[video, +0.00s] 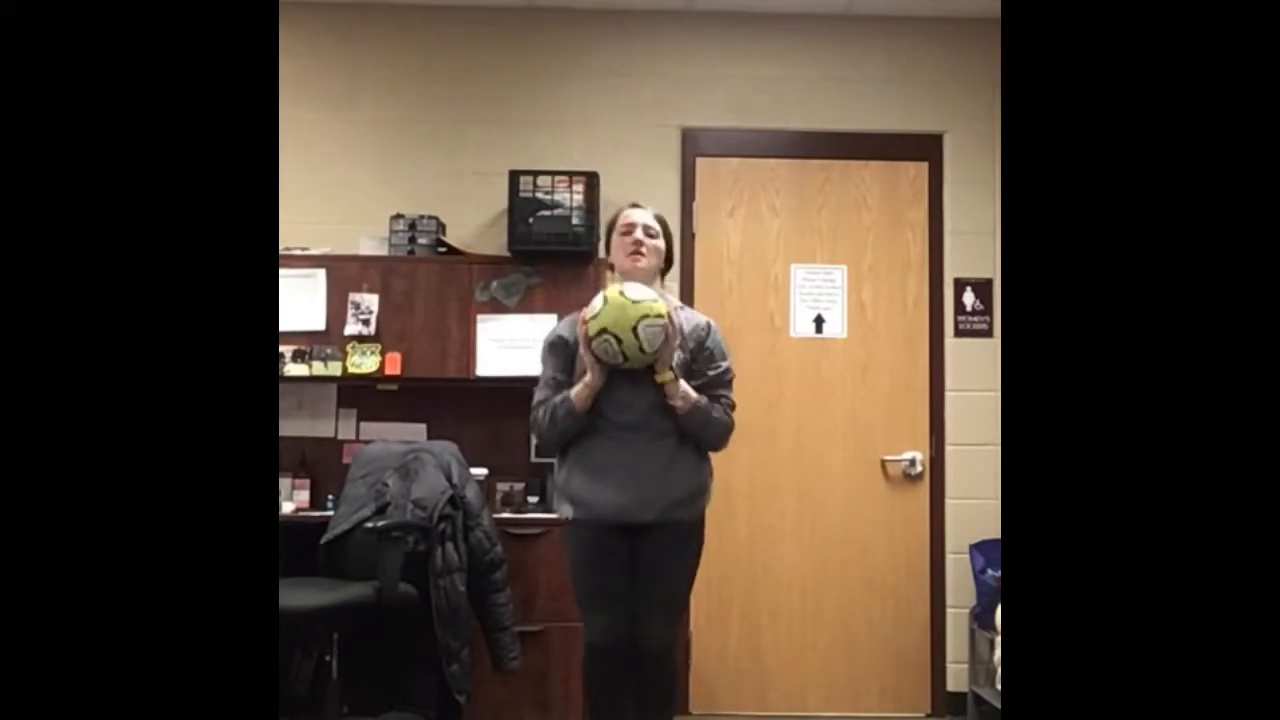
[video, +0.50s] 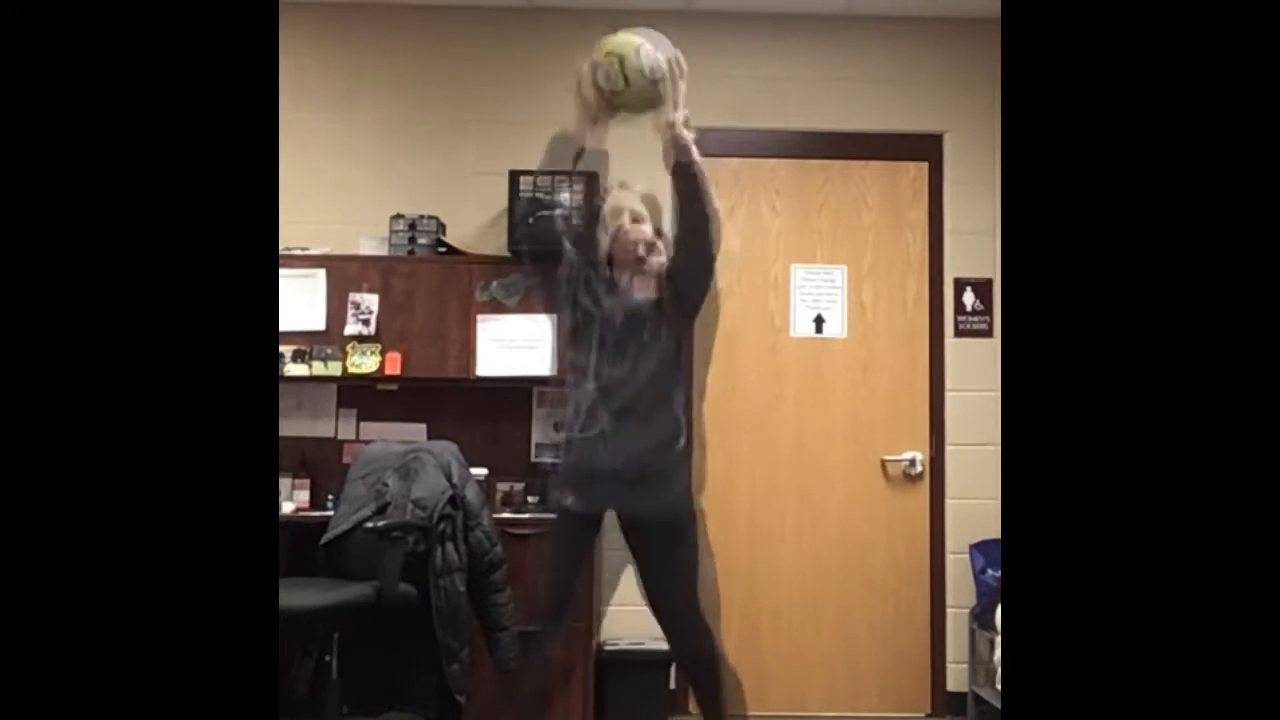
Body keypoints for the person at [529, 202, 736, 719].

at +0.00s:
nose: (639, 238)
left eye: (651, 232)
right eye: (627, 232)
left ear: (666, 254)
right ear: (608, 252)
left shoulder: (698, 331)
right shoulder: (570, 332)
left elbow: (719, 431)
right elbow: (544, 430)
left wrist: (669, 376)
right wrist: (590, 379)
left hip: (673, 517)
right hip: (595, 517)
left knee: (657, 646)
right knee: (605, 644)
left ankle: (656, 719)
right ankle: (607, 719)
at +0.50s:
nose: (628, 227)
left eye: (638, 217)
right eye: (616, 220)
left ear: (658, 232)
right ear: (598, 238)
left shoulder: (674, 298)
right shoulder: (582, 293)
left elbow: (698, 238)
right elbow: (545, 222)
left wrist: (678, 144)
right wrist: (584, 130)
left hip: (654, 474)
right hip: (582, 470)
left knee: (681, 622)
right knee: (550, 616)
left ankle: (721, 709)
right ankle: (521, 711)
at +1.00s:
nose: (633, 226)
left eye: (644, 219)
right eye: (621, 217)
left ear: (659, 238)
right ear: (601, 233)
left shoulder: (685, 314)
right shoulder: (562, 312)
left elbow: (694, 413)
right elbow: (541, 403)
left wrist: (656, 359)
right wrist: (580, 359)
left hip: (659, 492)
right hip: (580, 491)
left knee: (650, 626)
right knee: (584, 624)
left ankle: (647, 714)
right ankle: (594, 712)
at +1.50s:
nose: (632, 248)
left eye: (642, 241)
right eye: (619, 241)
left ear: (657, 261)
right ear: (596, 259)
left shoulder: (676, 314)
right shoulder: (578, 312)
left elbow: (690, 231)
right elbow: (570, 219)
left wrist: (676, 124)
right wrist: (588, 117)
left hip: (660, 506)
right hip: (579, 506)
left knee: (693, 647)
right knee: (549, 646)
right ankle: (504, 713)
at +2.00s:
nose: (640, 239)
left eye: (651, 233)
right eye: (627, 232)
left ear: (666, 254)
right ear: (608, 252)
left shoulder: (697, 330)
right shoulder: (571, 331)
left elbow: (719, 430)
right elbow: (544, 431)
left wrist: (669, 374)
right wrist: (590, 379)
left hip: (673, 515)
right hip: (593, 515)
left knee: (658, 645)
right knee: (605, 644)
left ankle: (658, 717)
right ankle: (606, 717)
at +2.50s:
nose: (632, 230)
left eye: (640, 220)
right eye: (618, 222)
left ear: (656, 235)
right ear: (600, 239)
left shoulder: (676, 298)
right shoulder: (584, 290)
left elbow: (698, 235)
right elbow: (561, 221)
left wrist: (678, 140)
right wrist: (586, 127)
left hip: (655, 474)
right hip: (583, 471)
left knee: (681, 621)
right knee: (557, 619)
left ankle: (721, 711)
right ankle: (526, 709)